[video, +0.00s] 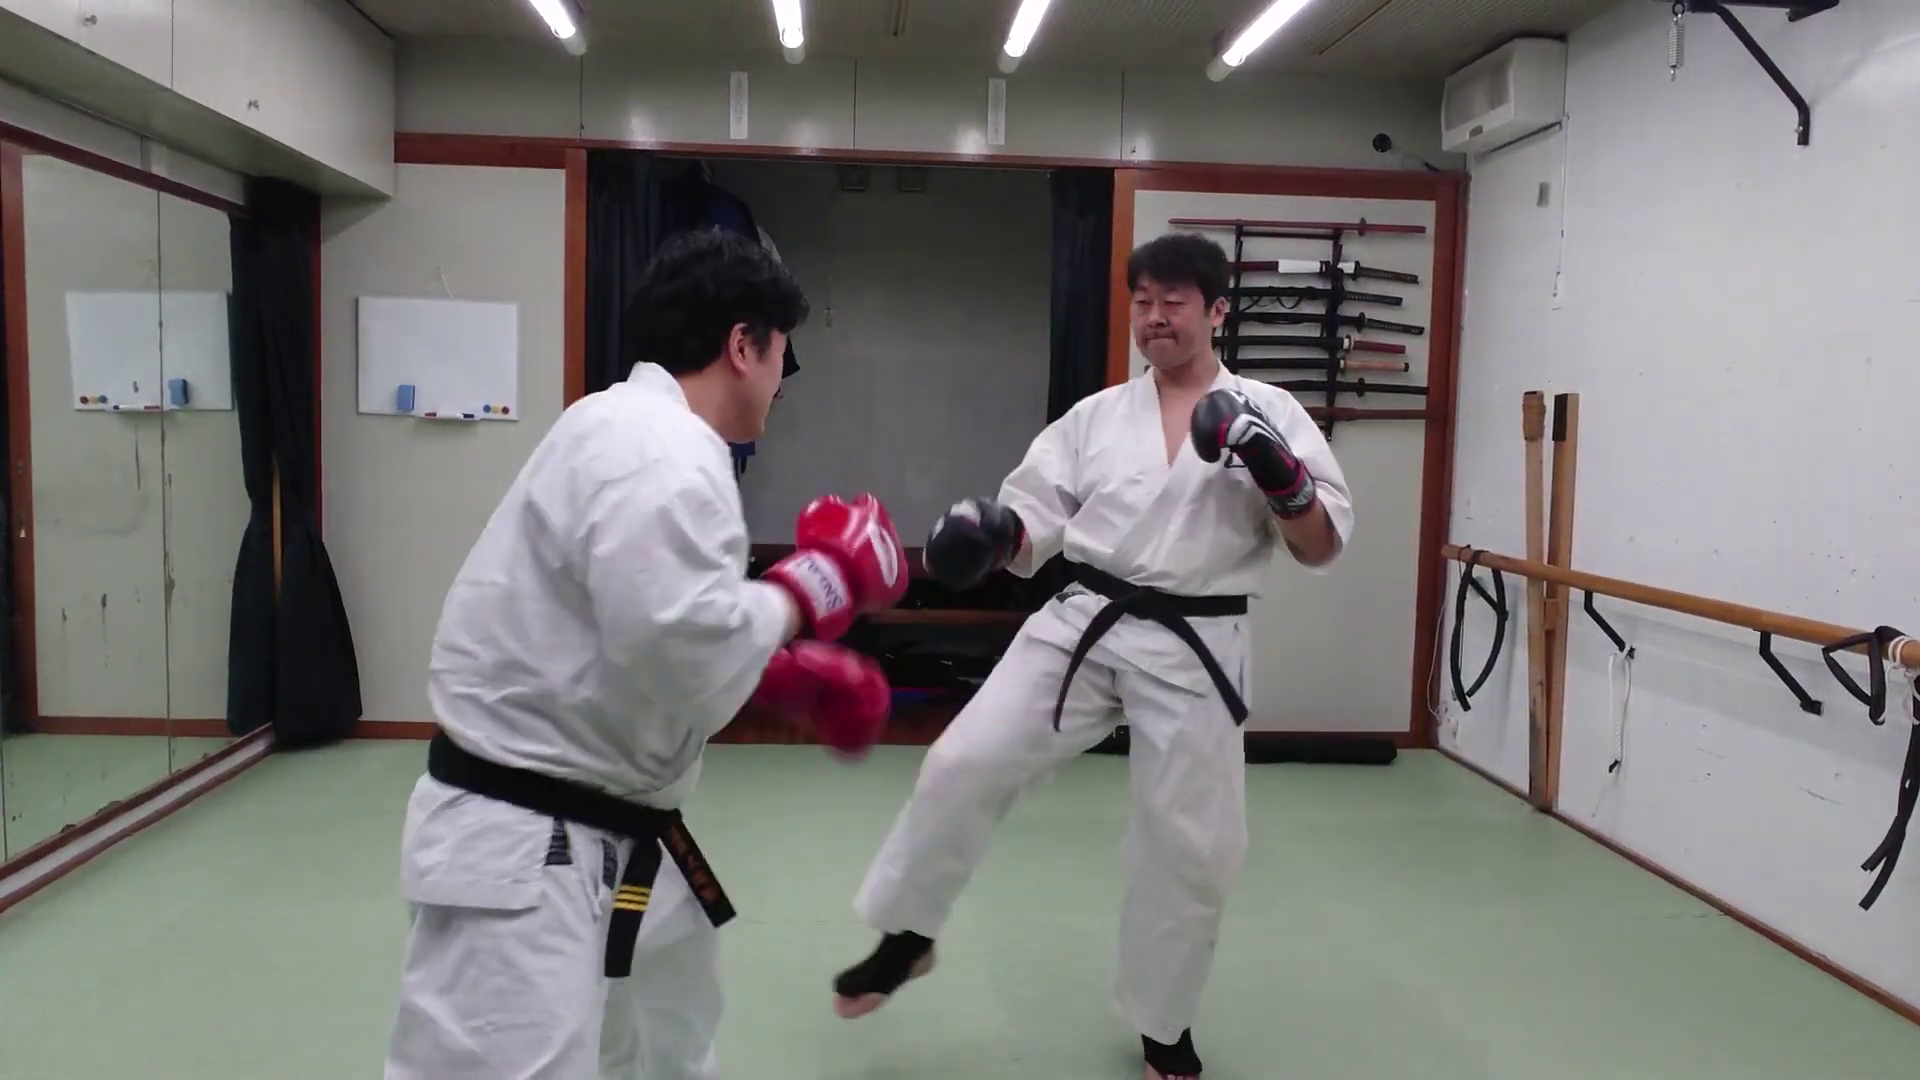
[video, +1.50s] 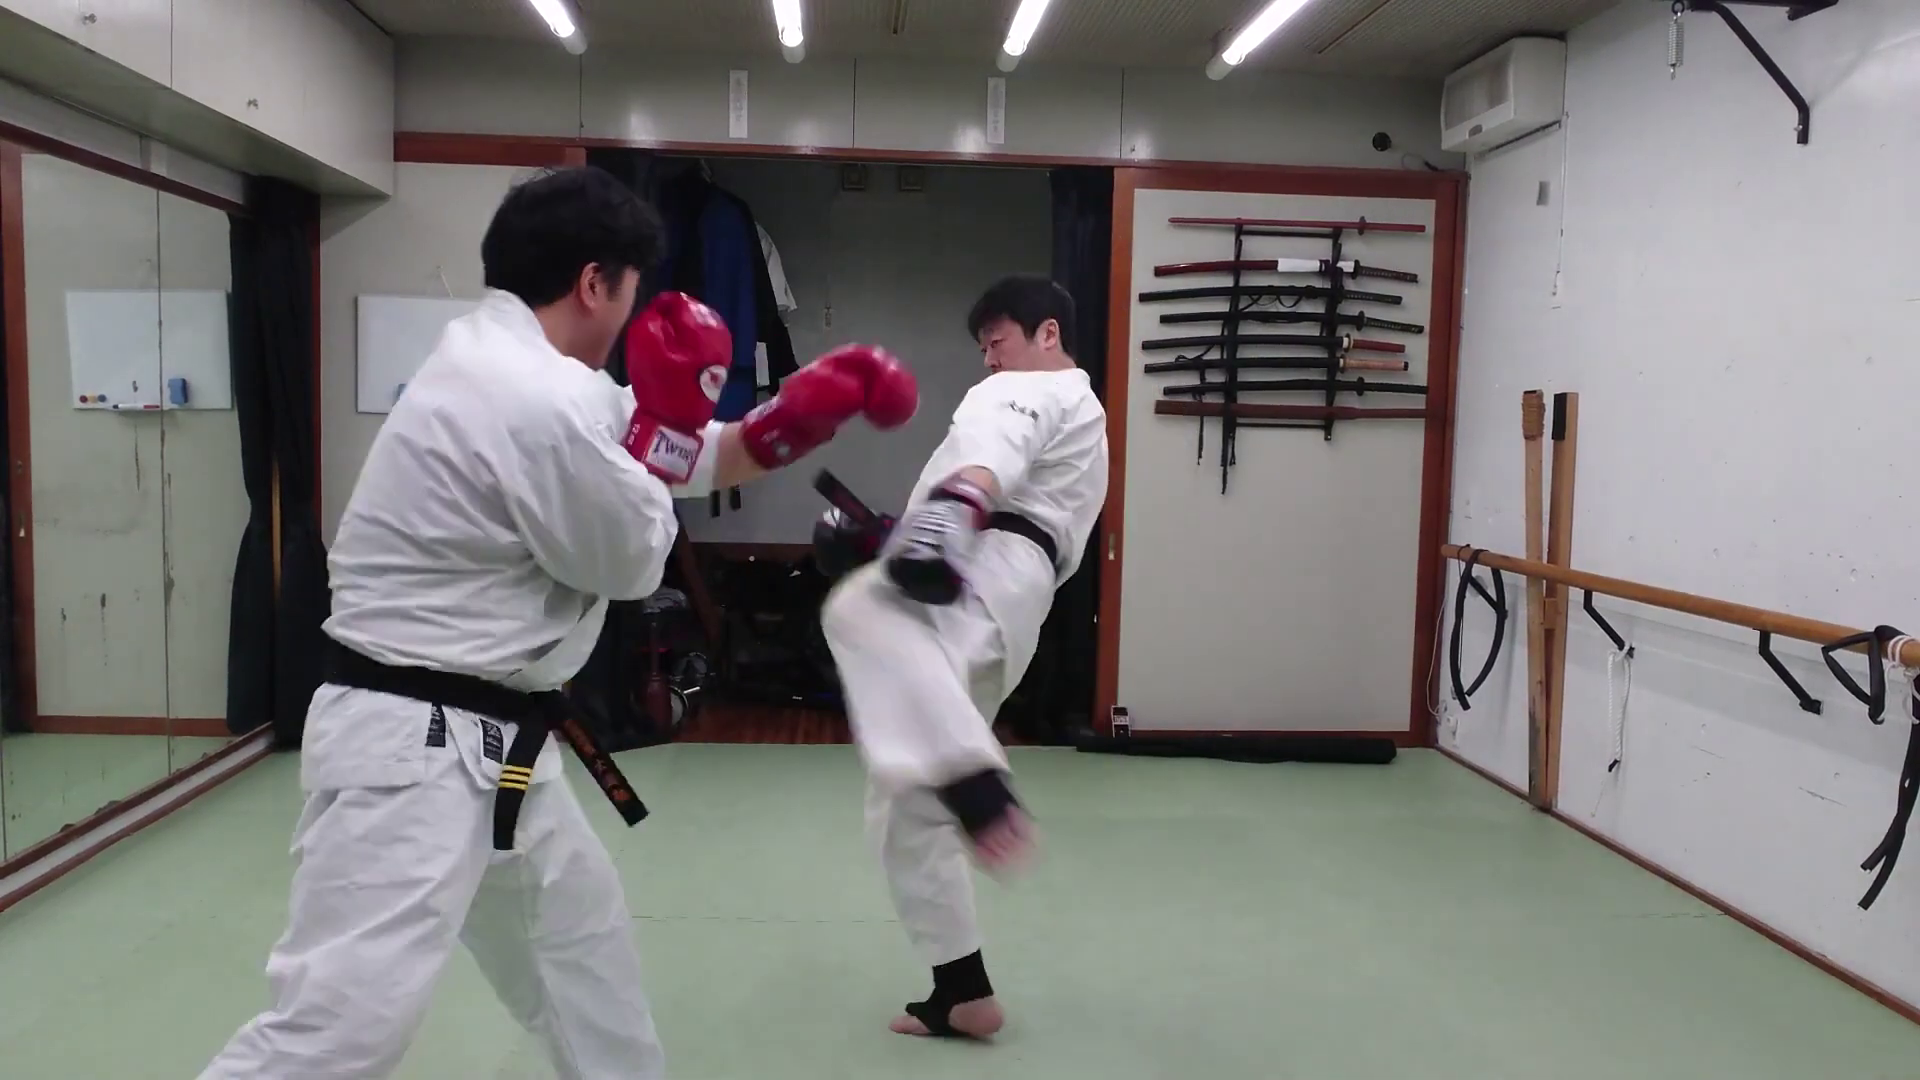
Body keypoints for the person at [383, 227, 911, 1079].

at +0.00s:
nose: (783, 383)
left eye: (787, 359)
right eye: (784, 357)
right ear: (741, 345)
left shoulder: (620, 428)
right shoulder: (659, 454)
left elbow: (641, 642)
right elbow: (684, 645)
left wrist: (780, 678)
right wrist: (818, 579)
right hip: (530, 844)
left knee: (674, 1002)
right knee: (504, 1061)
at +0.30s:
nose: (741, 365)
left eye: (740, 348)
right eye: (737, 345)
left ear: (618, 337)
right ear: (712, 339)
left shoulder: (520, 430)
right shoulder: (741, 415)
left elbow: (476, 577)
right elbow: (924, 441)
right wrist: (1003, 400)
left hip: (472, 766)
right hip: (590, 786)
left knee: (635, 1037)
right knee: (526, 1055)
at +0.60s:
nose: (676, 307)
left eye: (676, 284)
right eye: (675, 283)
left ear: (548, 275)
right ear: (639, 277)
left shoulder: (452, 384)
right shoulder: (660, 377)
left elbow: (424, 560)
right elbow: (722, 559)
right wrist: (754, 457)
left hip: (445, 739)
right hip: (551, 755)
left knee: (619, 1025)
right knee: (524, 1044)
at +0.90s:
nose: (620, 285)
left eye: (624, 259)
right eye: (621, 257)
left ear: (485, 241)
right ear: (578, 246)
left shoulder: (376, 362)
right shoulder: (564, 365)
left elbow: (330, 524)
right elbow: (643, 579)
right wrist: (685, 461)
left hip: (403, 737)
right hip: (494, 760)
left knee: (595, 1001)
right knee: (427, 1047)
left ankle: (620, 1068)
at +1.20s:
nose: (679, 313)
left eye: (682, 288)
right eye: (678, 284)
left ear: (587, 267)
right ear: (633, 275)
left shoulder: (526, 360)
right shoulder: (573, 373)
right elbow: (698, 555)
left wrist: (693, 426)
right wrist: (726, 439)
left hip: (552, 747)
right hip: (462, 747)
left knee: (597, 1014)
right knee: (418, 1043)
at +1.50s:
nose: (633, 315)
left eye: (640, 294)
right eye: (634, 292)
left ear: (539, 274)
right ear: (593, 283)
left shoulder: (489, 357)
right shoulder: (538, 397)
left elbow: (652, 461)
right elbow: (631, 560)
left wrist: (771, 436)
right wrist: (658, 416)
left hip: (493, 729)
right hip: (413, 732)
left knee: (584, 951)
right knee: (336, 1028)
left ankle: (625, 1070)